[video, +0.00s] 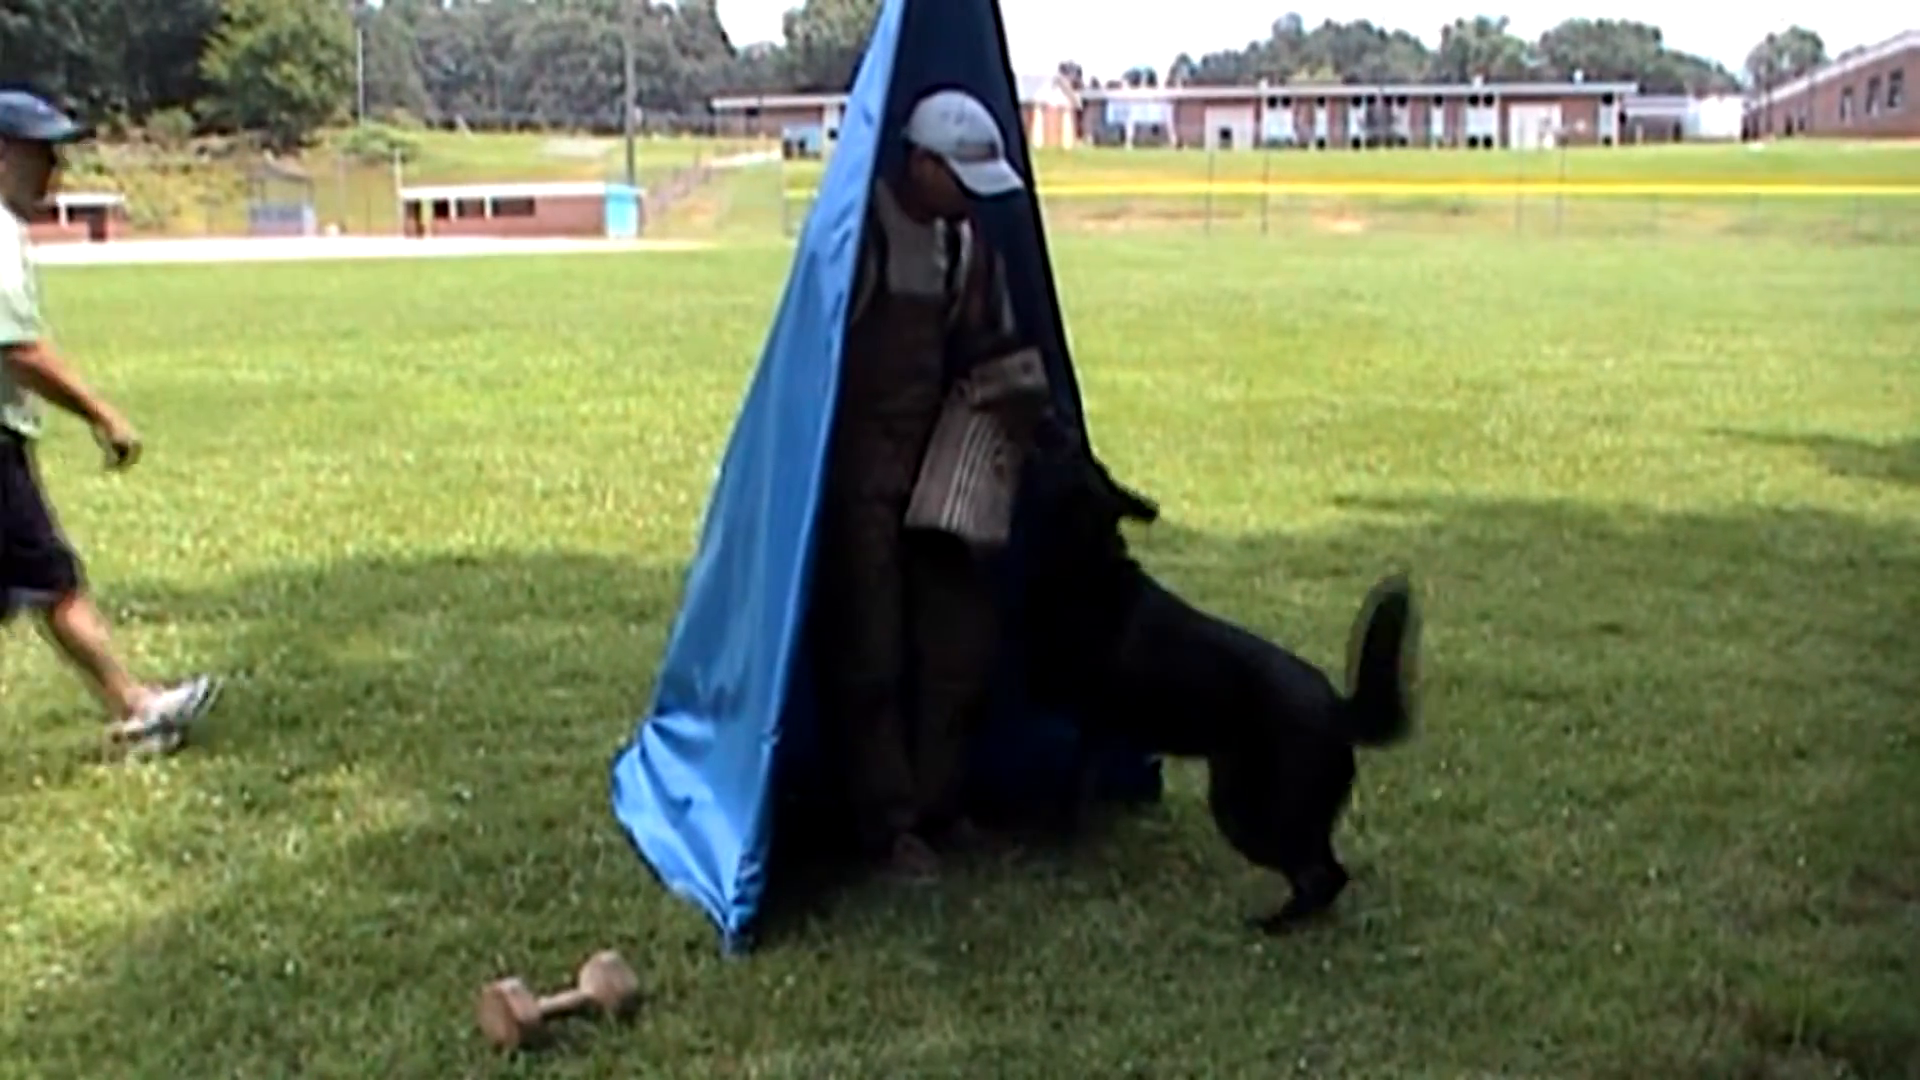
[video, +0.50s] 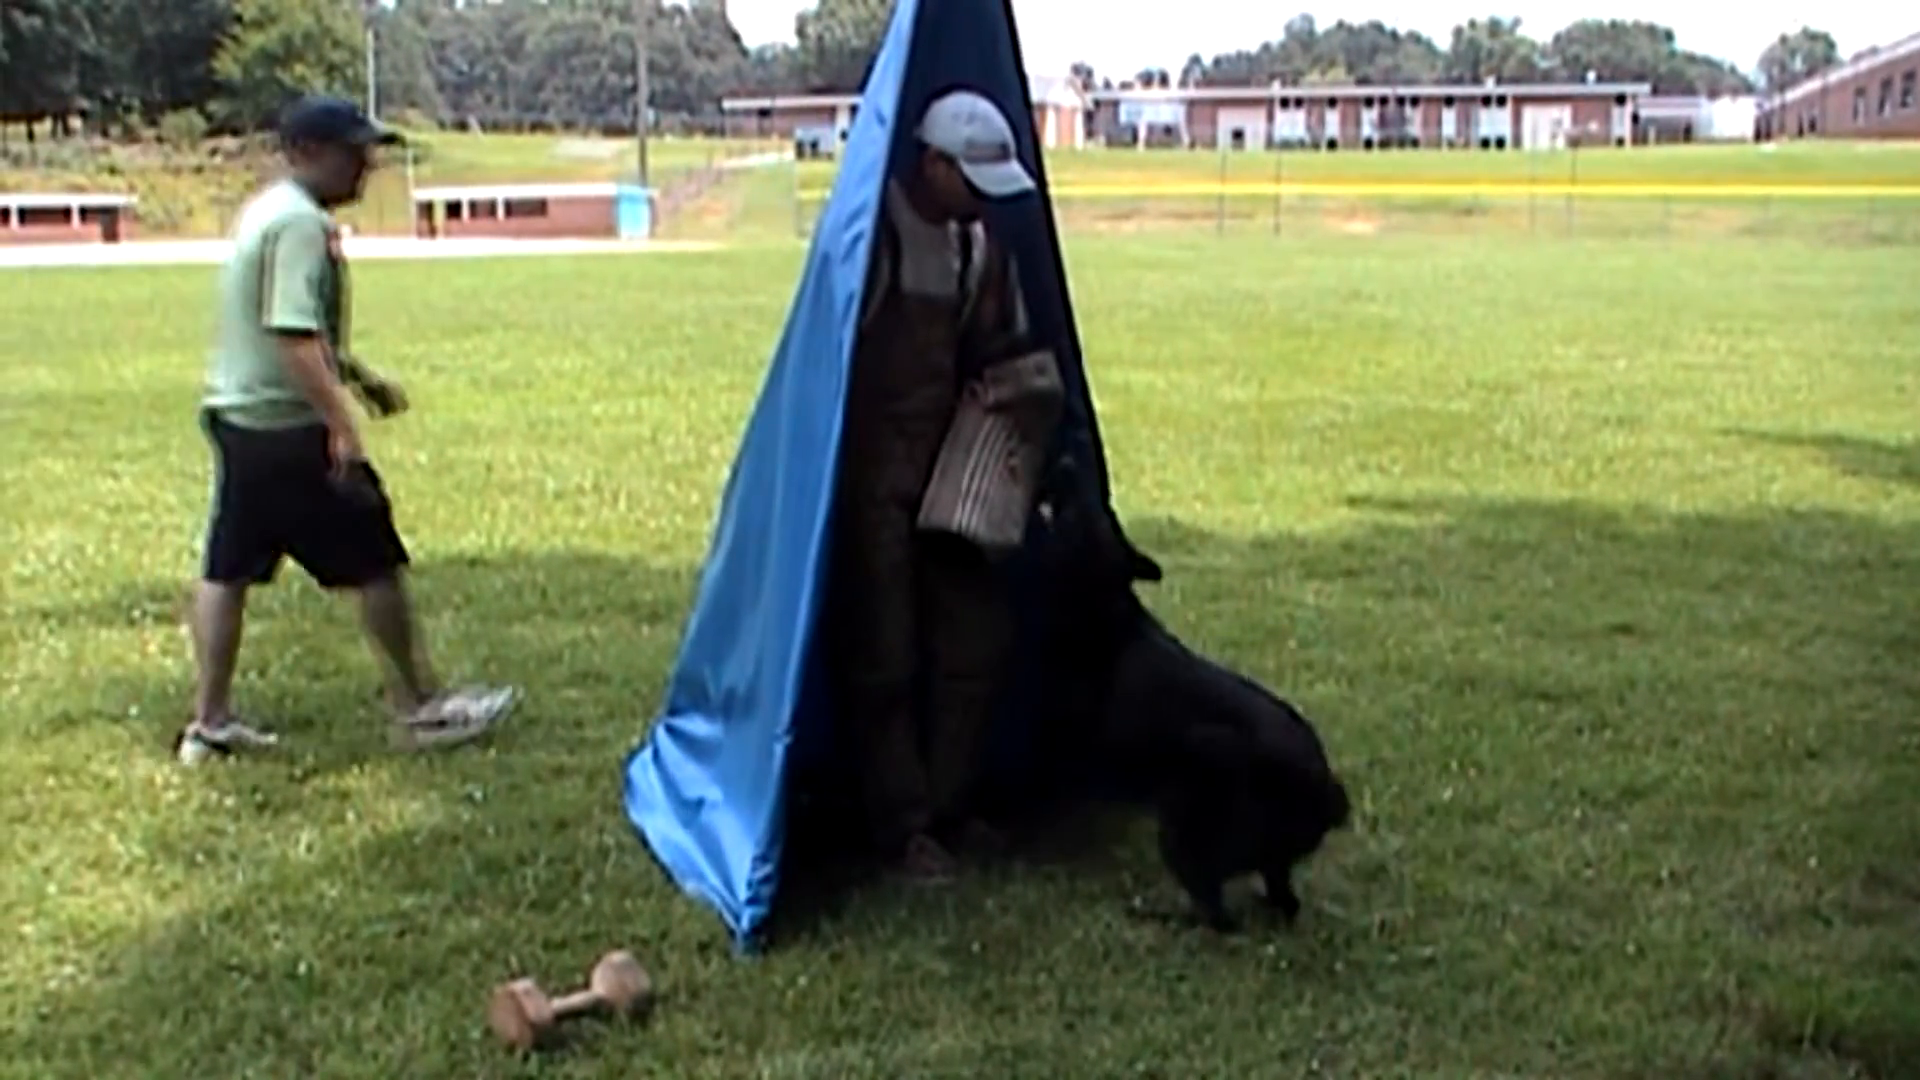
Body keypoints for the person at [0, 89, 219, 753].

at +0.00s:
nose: (53, 172)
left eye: (55, 157)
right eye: (42, 156)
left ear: (27, 158)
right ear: (5, 157)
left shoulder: (11, 233)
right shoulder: (5, 235)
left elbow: (21, 347)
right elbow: (17, 347)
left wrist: (98, 416)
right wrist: (101, 417)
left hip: (12, 441)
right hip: (4, 444)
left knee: (49, 583)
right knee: (54, 583)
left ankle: (132, 701)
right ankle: (132, 702)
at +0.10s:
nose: (123, 180)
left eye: (123, 165)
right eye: (111, 165)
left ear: (59, 167)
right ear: (62, 164)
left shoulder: (21, 222)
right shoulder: (61, 239)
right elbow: (92, 357)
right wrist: (171, 435)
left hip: (20, 446)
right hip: (52, 453)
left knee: (130, 598)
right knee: (130, 596)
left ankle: (178, 723)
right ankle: (179, 724)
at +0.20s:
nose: (191, 174)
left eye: (191, 161)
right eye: (179, 161)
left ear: (128, 162)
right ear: (132, 159)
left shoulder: (88, 219)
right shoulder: (134, 231)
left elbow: (93, 342)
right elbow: (157, 353)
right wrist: (214, 442)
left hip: (89, 429)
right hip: (125, 436)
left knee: (171, 581)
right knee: (152, 584)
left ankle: (201, 725)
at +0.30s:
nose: (254, 160)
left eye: (254, 146)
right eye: (241, 147)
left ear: (188, 149)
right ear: (192, 146)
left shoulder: (157, 210)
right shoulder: (189, 219)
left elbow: (171, 339)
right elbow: (203, 341)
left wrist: (224, 415)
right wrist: (249, 424)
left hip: (149, 415)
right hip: (177, 418)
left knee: (200, 576)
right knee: (236, 577)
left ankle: (206, 721)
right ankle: (109, 674)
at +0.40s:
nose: (308, 164)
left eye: (309, 149)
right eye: (298, 148)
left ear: (247, 148)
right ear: (252, 145)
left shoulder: (211, 203)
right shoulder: (244, 213)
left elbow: (216, 326)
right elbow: (249, 330)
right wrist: (294, 419)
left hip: (189, 409)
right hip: (228, 413)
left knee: (208, 565)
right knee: (329, 548)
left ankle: (206, 715)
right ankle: (270, 698)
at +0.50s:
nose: (367, 172)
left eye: (368, 159)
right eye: (357, 158)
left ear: (309, 156)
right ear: (312, 153)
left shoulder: (272, 212)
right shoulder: (301, 224)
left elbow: (303, 329)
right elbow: (297, 336)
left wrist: (362, 378)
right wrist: (341, 422)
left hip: (244, 422)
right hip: (290, 427)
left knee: (225, 575)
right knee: (376, 561)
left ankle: (210, 717)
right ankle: (419, 703)